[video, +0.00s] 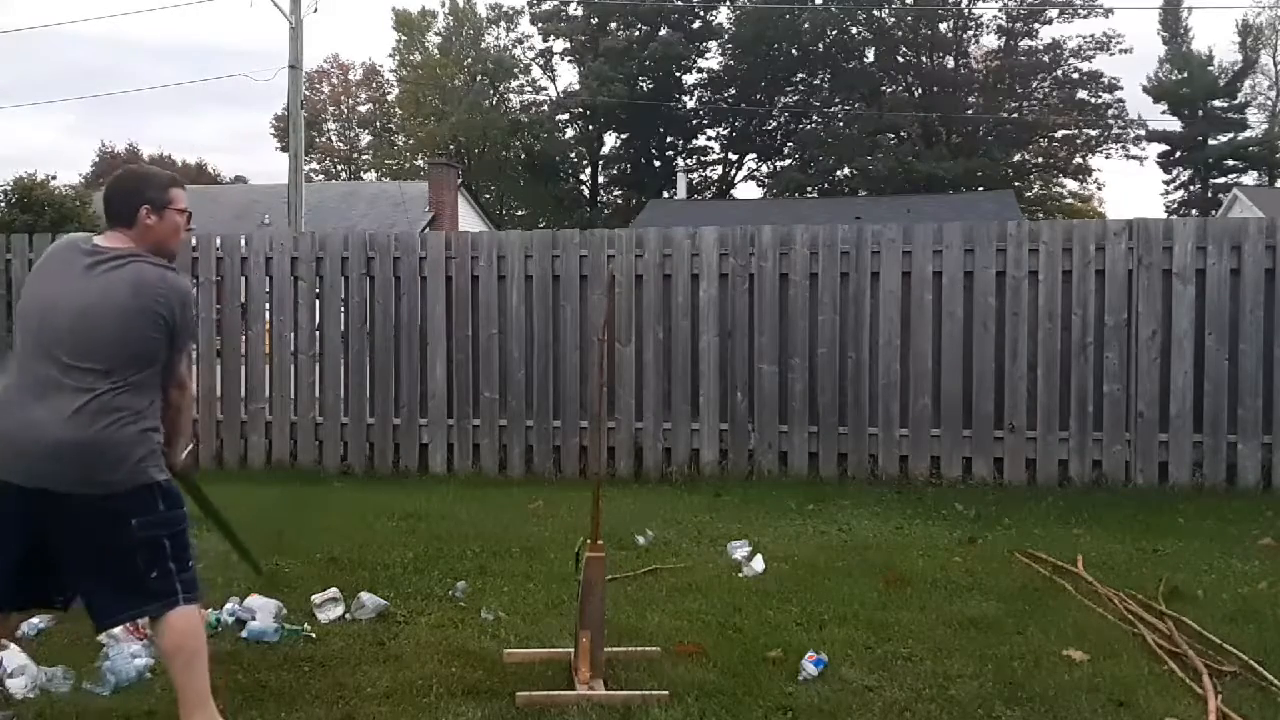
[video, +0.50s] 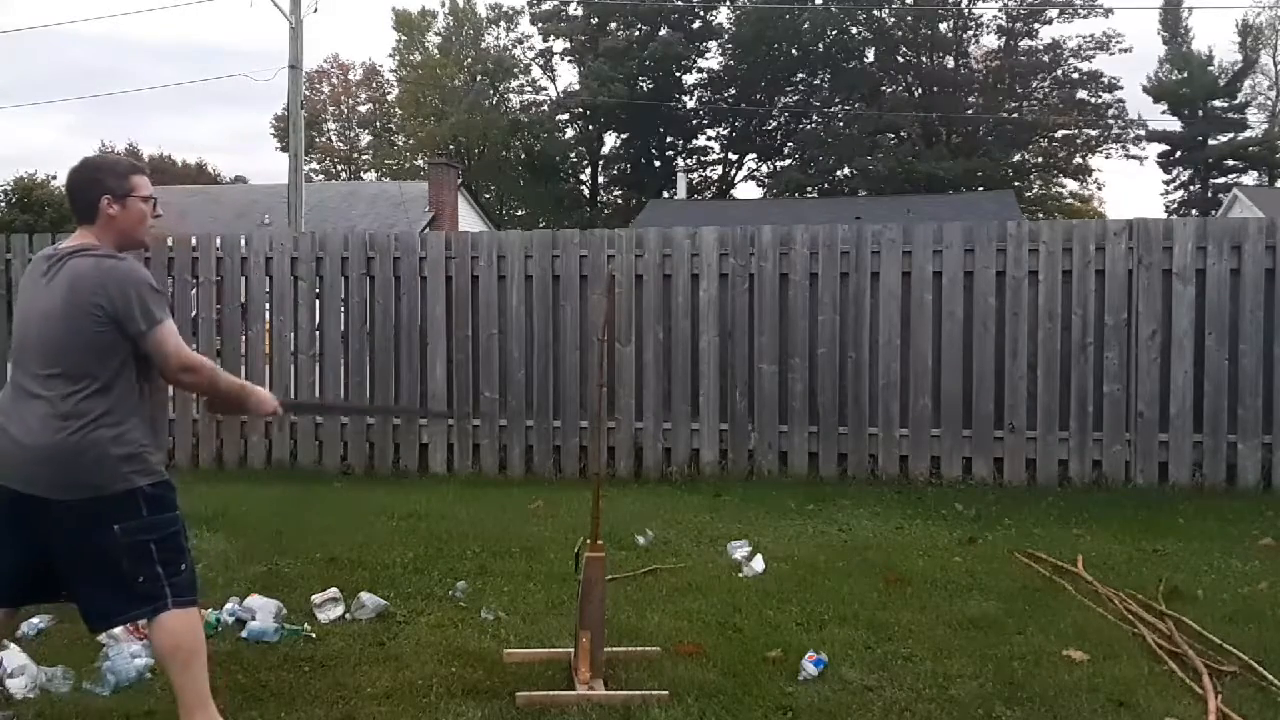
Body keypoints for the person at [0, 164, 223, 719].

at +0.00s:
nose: (188, 225)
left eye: (188, 214)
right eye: (181, 214)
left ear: (128, 218)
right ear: (146, 216)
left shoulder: (55, 254)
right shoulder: (172, 288)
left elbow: (38, 352)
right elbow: (178, 386)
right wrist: (173, 455)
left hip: (16, 455)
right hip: (114, 461)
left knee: (8, 598)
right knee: (174, 593)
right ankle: (200, 711)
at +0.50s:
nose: (155, 213)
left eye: (154, 202)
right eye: (147, 202)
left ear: (97, 209)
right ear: (109, 206)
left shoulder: (39, 268)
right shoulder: (121, 275)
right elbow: (182, 365)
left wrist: (195, 384)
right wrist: (248, 395)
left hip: (21, 464)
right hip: (111, 466)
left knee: (9, 596)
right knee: (170, 596)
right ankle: (201, 713)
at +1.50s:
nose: (201, 245)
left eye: (199, 234)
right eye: (191, 235)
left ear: (146, 243)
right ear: (153, 241)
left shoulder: (103, 290)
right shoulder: (149, 306)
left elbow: (227, 337)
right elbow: (239, 372)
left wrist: (313, 359)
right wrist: (326, 361)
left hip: (29, 481)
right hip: (112, 487)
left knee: (10, 602)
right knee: (209, 589)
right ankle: (204, 713)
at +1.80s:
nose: (176, 254)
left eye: (174, 243)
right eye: (166, 243)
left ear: (126, 250)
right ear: (128, 249)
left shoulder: (86, 294)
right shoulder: (110, 301)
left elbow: (201, 281)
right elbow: (213, 302)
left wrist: (267, 242)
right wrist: (258, 226)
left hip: (23, 485)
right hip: (96, 488)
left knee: (8, 609)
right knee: (204, 585)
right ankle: (205, 712)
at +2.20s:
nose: (156, 257)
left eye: (159, 247)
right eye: (145, 245)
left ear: (159, 251)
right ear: (113, 245)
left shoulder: (134, 302)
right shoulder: (64, 305)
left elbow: (189, 231)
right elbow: (110, 250)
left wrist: (155, 161)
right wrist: (105, 156)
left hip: (49, 488)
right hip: (92, 483)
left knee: (18, 616)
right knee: (203, 583)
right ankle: (205, 712)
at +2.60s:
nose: (170, 251)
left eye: (168, 239)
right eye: (159, 240)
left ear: (114, 247)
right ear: (117, 247)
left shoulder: (76, 289)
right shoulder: (115, 306)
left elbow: (200, 294)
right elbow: (225, 342)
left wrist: (277, 279)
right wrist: (269, 287)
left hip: (29, 486)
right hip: (112, 488)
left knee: (11, 604)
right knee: (210, 586)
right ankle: (207, 712)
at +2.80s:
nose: (191, 250)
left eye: (191, 238)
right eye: (184, 238)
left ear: (128, 239)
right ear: (146, 240)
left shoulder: (69, 273)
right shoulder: (156, 311)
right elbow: (202, 397)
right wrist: (254, 437)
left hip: (17, 476)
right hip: (103, 480)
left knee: (7, 603)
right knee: (187, 590)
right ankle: (204, 712)